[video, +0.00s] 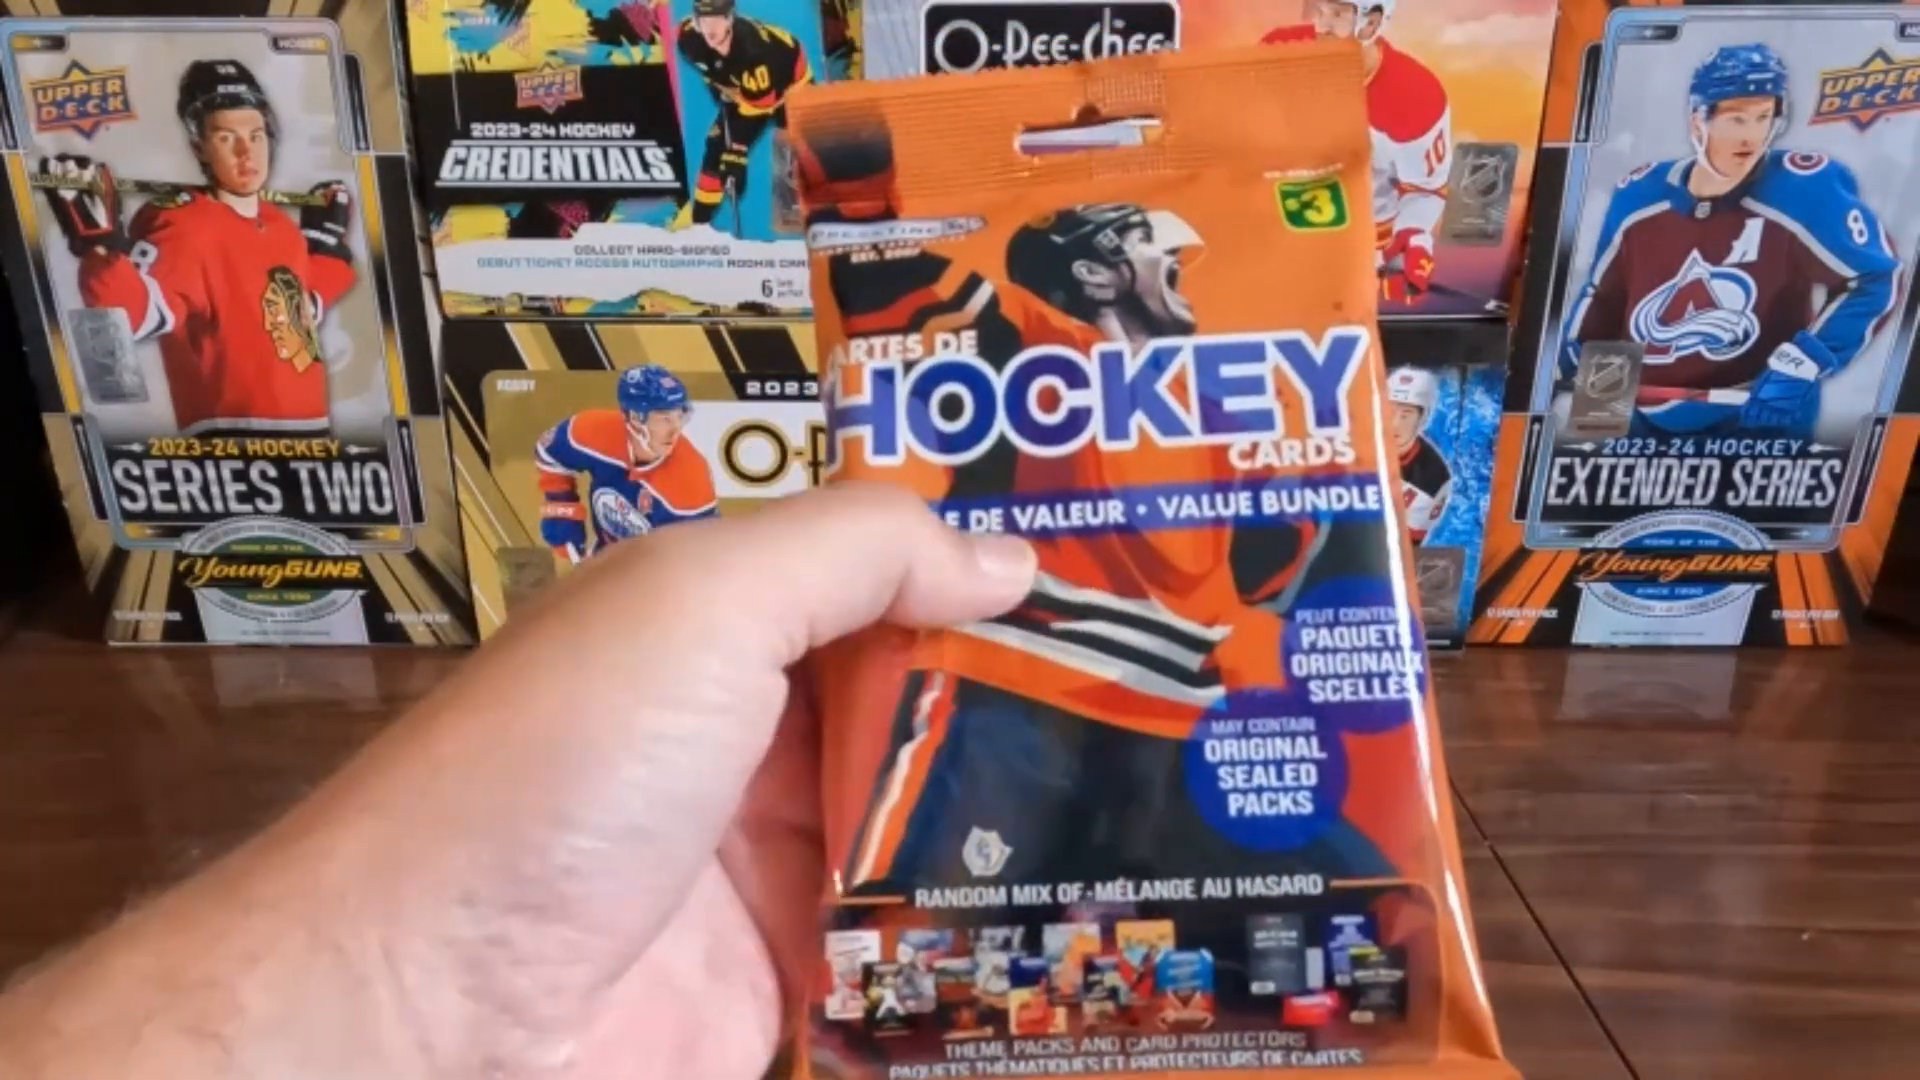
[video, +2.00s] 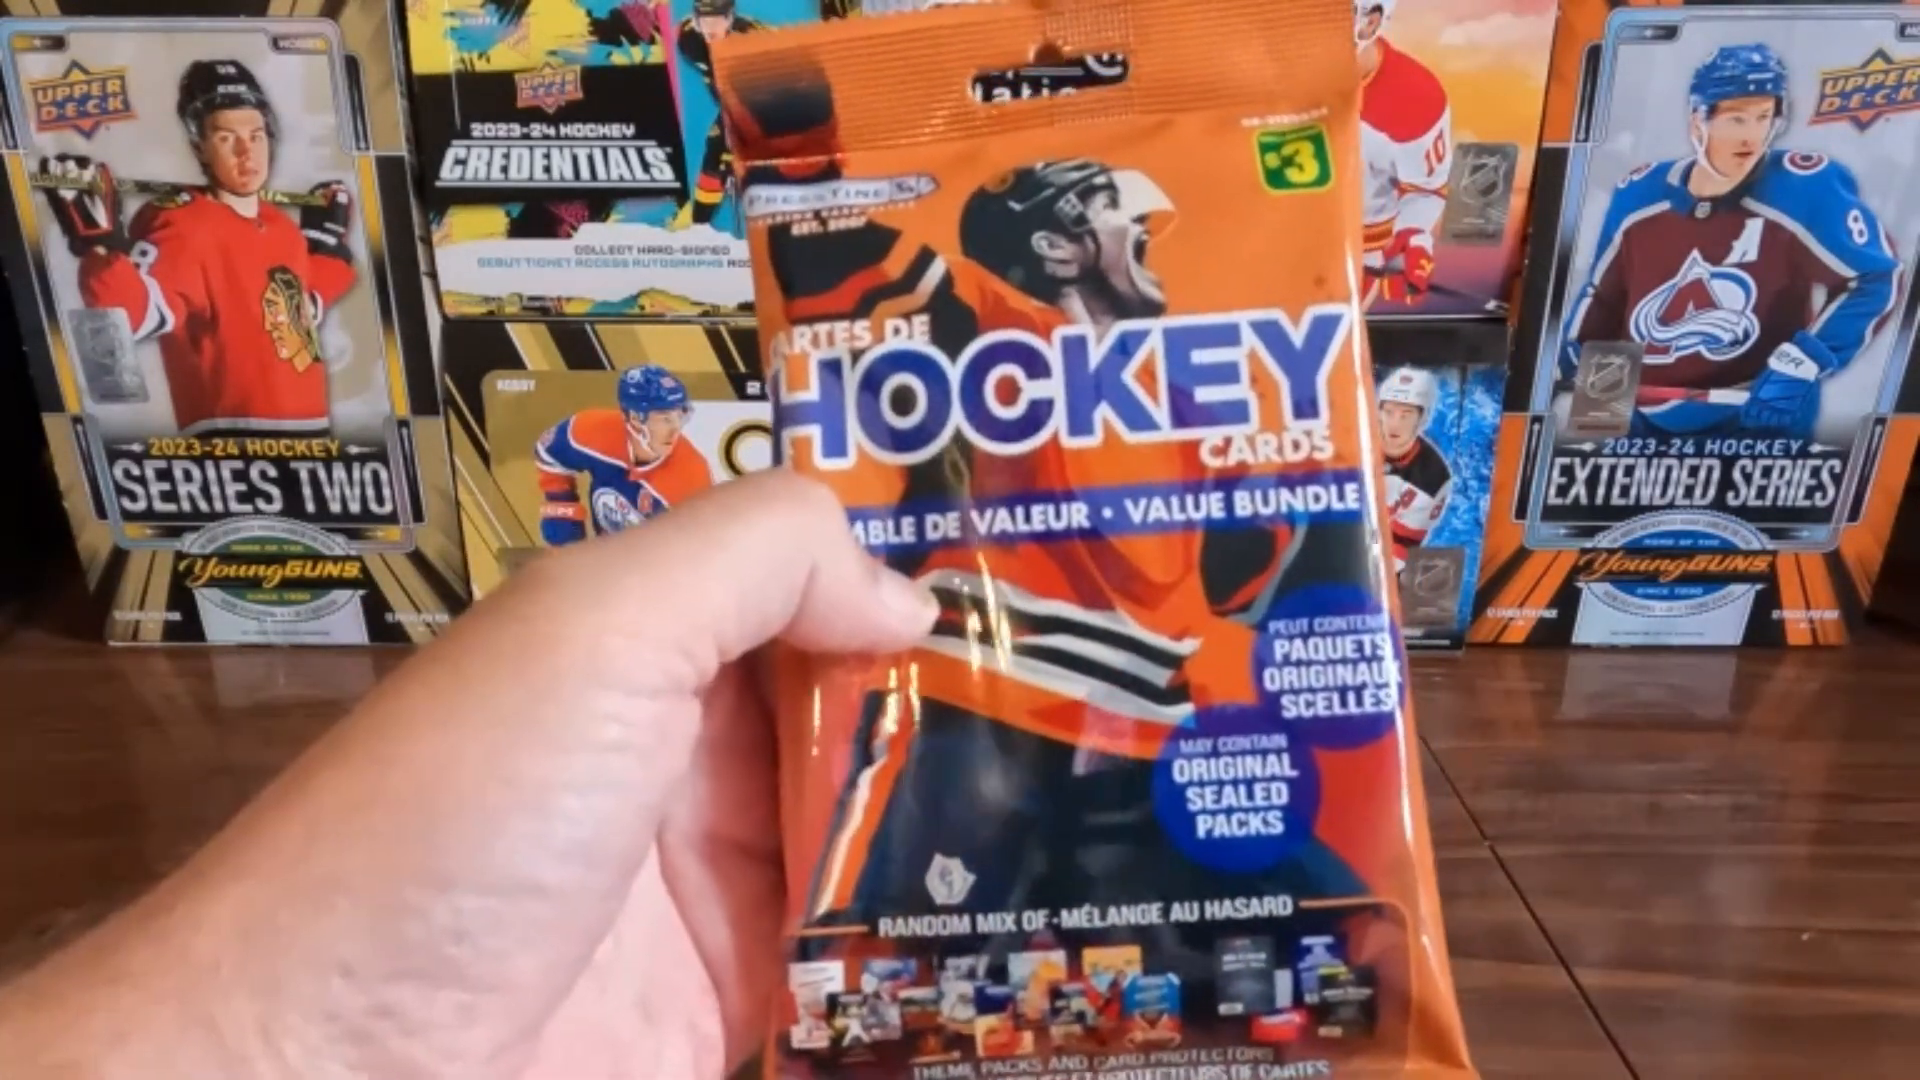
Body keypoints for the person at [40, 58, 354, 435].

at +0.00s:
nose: (247, 152)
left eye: (256, 135)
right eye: (228, 139)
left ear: (270, 139)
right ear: (200, 149)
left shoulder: (282, 227)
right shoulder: (183, 226)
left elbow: (303, 305)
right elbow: (140, 316)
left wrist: (334, 251)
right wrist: (100, 251)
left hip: (307, 432)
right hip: (230, 439)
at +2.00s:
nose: (247, 153)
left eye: (256, 135)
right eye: (228, 139)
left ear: (270, 139)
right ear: (200, 149)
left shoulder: (283, 228)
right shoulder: (183, 226)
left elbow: (302, 304)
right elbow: (142, 314)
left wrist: (335, 251)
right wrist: (100, 249)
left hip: (307, 433)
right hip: (229, 440)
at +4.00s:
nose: (246, 150)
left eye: (256, 134)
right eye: (227, 138)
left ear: (270, 139)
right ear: (201, 148)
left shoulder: (281, 227)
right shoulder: (183, 226)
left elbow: (302, 310)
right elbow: (138, 316)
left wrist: (333, 251)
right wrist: (99, 246)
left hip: (305, 425)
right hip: (229, 434)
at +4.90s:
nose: (246, 153)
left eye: (256, 136)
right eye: (226, 138)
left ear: (271, 141)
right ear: (200, 148)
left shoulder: (284, 226)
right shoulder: (183, 227)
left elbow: (316, 318)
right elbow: (139, 319)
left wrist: (330, 244)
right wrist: (101, 248)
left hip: (300, 417)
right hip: (217, 421)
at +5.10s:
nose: (246, 154)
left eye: (255, 135)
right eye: (227, 139)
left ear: (269, 138)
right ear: (200, 148)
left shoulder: (296, 215)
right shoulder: (177, 224)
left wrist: (333, 216)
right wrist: (100, 244)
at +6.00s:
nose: (247, 153)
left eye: (256, 136)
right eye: (228, 139)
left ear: (270, 140)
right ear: (201, 149)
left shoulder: (285, 229)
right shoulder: (180, 229)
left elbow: (312, 326)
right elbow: (150, 335)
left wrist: (330, 250)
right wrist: (101, 251)